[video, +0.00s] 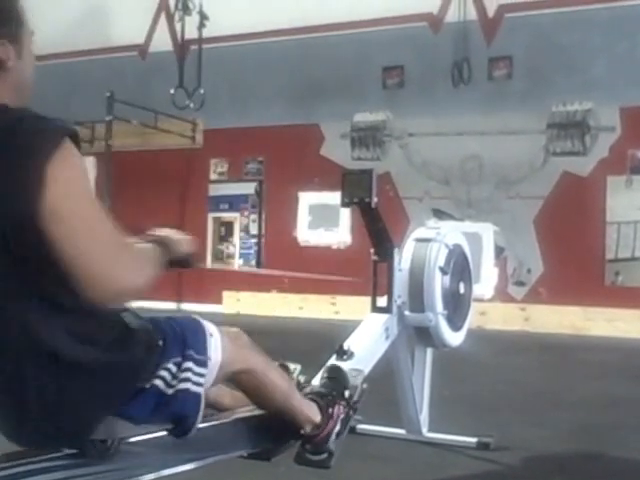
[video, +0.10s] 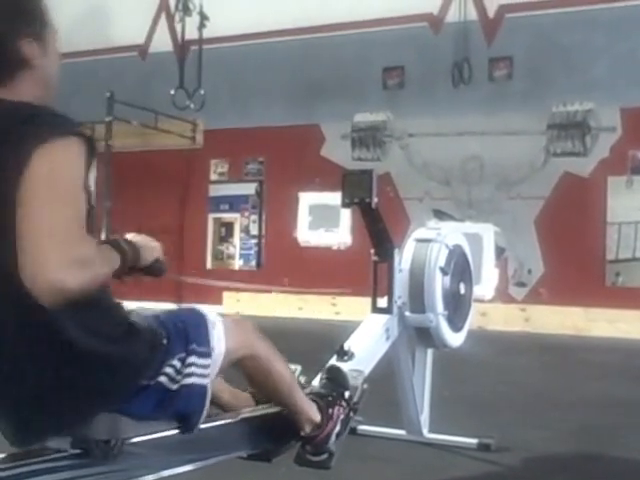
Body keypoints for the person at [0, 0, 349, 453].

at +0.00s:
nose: (32, 63)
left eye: (30, 48)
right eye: (29, 49)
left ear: (4, 53)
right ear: (7, 54)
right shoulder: (34, 140)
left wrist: (132, 249)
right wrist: (160, 247)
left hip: (10, 381)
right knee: (235, 345)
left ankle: (262, 412)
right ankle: (314, 420)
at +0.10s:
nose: (58, 60)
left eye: (55, 47)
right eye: (52, 46)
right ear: (29, 48)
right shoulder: (47, 135)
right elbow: (55, 273)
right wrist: (127, 250)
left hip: (10, 365)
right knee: (243, 333)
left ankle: (245, 407)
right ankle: (312, 420)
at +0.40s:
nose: (178, 78)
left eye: (174, 65)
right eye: (173, 65)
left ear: (95, 79)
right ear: (157, 74)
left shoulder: (57, 150)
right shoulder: (182, 153)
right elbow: (273, 266)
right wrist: (276, 229)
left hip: (85, 381)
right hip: (164, 380)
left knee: (206, 274)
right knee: (281, 283)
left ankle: (246, 416)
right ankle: (317, 421)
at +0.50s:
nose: (215, 92)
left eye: (211, 79)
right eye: (210, 80)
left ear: (140, 91)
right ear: (194, 89)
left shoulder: (108, 158)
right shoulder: (227, 160)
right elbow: (319, 255)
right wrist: (332, 241)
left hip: (114, 371)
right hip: (192, 374)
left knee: (223, 269)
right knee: (300, 263)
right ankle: (319, 422)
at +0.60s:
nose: (245, 106)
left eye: (243, 94)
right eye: (242, 94)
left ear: (175, 104)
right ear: (227, 103)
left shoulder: (148, 161)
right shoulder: (252, 165)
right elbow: (341, 248)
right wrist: (365, 261)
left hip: (142, 369)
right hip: (224, 372)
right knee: (309, 257)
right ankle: (318, 418)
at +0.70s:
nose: (268, 116)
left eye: (265, 106)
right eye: (265, 106)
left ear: (198, 116)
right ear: (255, 115)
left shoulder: (171, 167)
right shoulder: (276, 173)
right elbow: (351, 240)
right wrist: (379, 261)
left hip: (161, 366)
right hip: (240, 369)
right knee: (314, 250)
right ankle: (317, 418)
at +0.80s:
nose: (279, 119)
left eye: (276, 110)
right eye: (277, 110)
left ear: (210, 120)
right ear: (267, 121)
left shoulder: (185, 170)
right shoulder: (282, 174)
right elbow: (357, 231)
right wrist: (391, 258)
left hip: (169, 367)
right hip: (246, 369)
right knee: (317, 251)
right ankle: (316, 413)